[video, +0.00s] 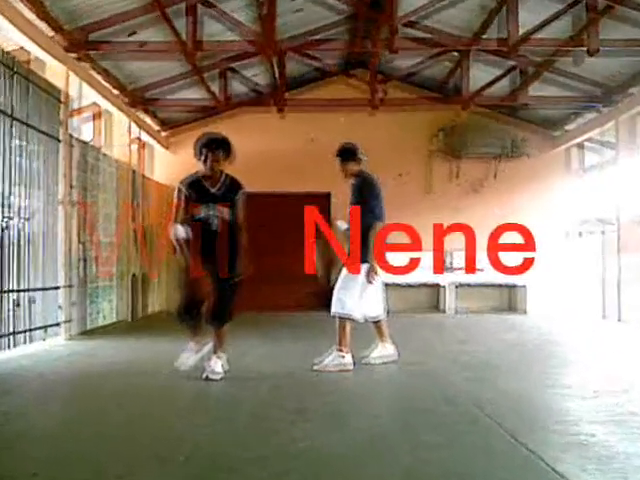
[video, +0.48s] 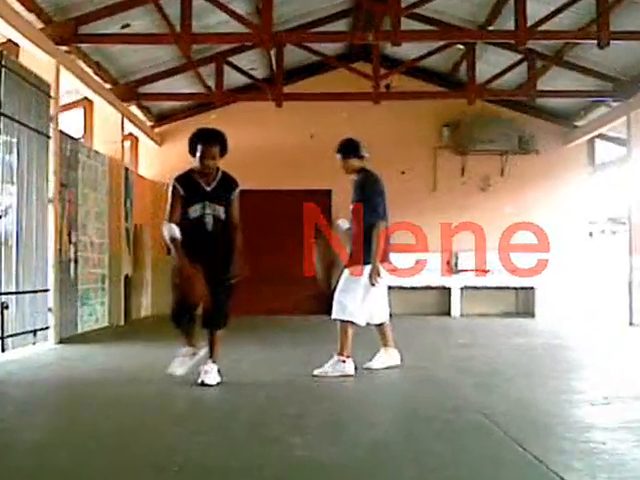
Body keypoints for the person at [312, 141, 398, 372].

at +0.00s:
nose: (342, 171)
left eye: (343, 166)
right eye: (341, 166)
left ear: (351, 163)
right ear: (353, 163)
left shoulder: (366, 183)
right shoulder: (359, 184)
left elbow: (376, 223)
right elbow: (362, 223)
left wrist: (373, 260)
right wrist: (345, 228)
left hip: (364, 259)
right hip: (361, 257)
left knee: (343, 300)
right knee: (372, 303)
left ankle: (342, 352)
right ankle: (385, 344)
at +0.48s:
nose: (342, 166)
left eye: (343, 161)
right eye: (341, 161)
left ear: (353, 159)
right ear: (355, 159)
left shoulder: (370, 181)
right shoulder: (361, 182)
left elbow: (380, 223)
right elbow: (365, 222)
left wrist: (376, 261)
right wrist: (349, 227)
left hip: (365, 260)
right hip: (363, 258)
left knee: (344, 304)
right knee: (377, 306)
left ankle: (343, 358)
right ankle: (389, 350)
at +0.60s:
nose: (368, 175)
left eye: (371, 171)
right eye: (364, 171)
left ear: (377, 170)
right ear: (360, 172)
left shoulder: (389, 191)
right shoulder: (359, 194)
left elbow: (404, 222)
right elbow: (353, 225)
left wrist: (414, 251)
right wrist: (346, 247)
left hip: (379, 253)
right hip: (363, 252)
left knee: (355, 289)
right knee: (377, 294)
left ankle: (358, 335)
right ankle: (380, 337)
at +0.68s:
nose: (368, 175)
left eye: (371, 171)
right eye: (364, 171)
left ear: (377, 170)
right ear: (360, 172)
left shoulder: (389, 191)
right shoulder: (359, 194)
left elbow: (404, 222)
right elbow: (353, 225)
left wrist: (414, 251)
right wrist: (346, 247)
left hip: (379, 253)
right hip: (363, 252)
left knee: (354, 288)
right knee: (377, 293)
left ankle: (358, 335)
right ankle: (380, 337)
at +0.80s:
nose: (380, 176)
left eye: (383, 171)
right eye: (376, 172)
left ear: (389, 171)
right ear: (372, 173)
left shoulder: (401, 190)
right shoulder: (371, 197)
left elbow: (421, 203)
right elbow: (359, 219)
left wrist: (436, 194)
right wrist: (339, 226)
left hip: (393, 254)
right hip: (375, 254)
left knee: (380, 296)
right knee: (368, 297)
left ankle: (412, 335)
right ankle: (379, 338)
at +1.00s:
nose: (393, 165)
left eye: (396, 160)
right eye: (389, 161)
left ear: (403, 161)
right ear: (385, 163)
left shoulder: (419, 179)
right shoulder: (385, 187)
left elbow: (444, 183)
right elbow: (368, 205)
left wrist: (460, 172)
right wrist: (339, 208)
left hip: (414, 248)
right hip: (393, 249)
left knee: (410, 295)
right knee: (390, 293)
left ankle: (424, 338)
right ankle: (394, 334)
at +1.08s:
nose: (400, 157)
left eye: (403, 153)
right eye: (396, 153)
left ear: (410, 152)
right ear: (391, 155)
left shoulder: (425, 171)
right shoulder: (390, 179)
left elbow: (451, 181)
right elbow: (377, 205)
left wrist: (465, 180)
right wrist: (351, 220)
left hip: (422, 239)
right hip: (399, 242)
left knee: (424, 287)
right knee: (404, 289)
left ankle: (434, 334)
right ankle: (410, 334)